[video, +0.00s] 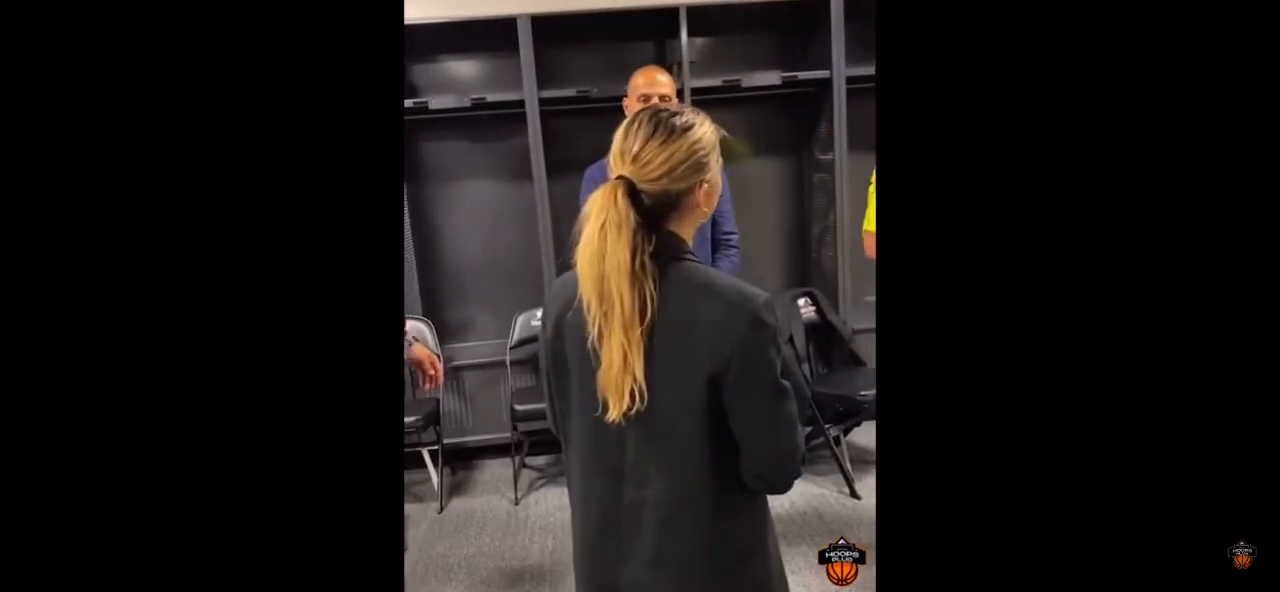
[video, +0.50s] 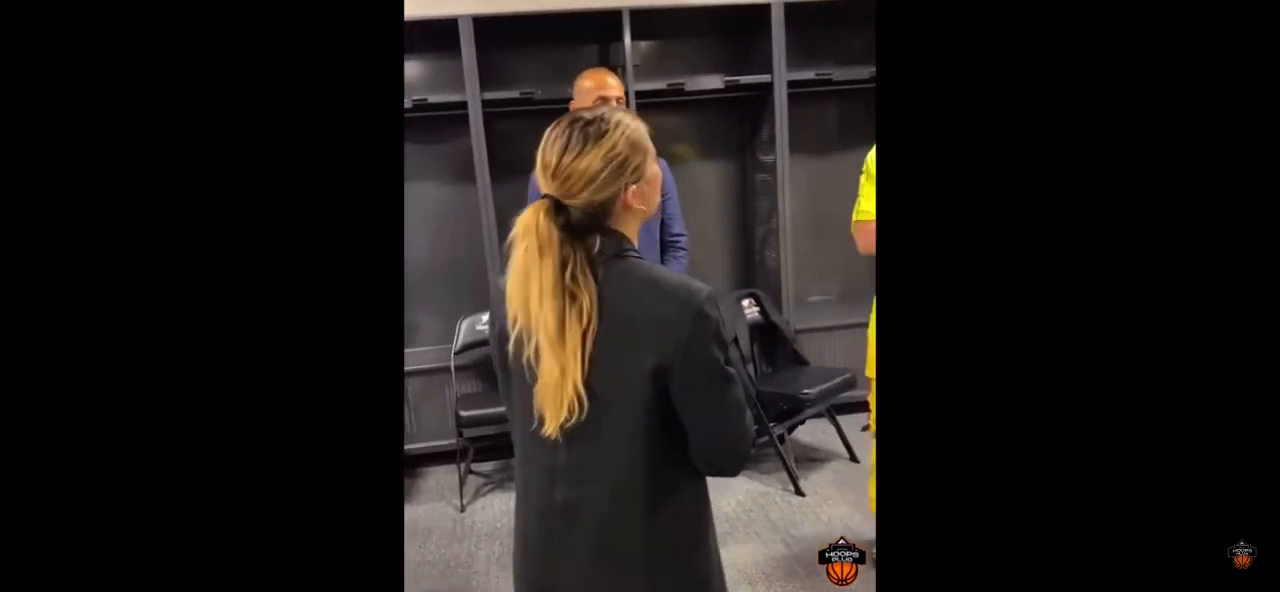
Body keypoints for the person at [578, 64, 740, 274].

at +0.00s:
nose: (655, 108)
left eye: (664, 99)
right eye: (644, 99)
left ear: (677, 103)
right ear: (627, 105)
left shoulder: (705, 166)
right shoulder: (600, 175)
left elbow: (727, 242)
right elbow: (592, 249)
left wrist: (713, 294)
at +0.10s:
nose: (652, 107)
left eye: (661, 99)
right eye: (642, 98)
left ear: (675, 102)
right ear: (623, 104)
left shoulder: (702, 166)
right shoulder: (596, 174)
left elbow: (724, 242)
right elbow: (588, 249)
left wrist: (711, 296)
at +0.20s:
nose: (646, 107)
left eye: (656, 98)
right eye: (636, 98)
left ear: (669, 102)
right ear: (618, 103)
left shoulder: (696, 165)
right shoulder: (590, 173)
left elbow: (718, 241)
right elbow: (579, 246)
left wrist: (705, 296)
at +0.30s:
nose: (637, 108)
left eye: (646, 98)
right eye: (626, 98)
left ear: (659, 102)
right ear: (607, 102)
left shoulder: (686, 163)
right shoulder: (580, 171)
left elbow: (708, 239)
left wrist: (696, 293)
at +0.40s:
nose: (623, 109)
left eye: (632, 99)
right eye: (613, 99)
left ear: (644, 103)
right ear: (593, 104)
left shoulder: (673, 165)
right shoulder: (568, 170)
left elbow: (694, 240)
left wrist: (682, 293)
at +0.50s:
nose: (612, 111)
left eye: (620, 101)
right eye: (601, 101)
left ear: (626, 104)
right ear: (574, 107)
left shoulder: (654, 169)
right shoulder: (549, 174)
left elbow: (676, 244)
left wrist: (664, 296)